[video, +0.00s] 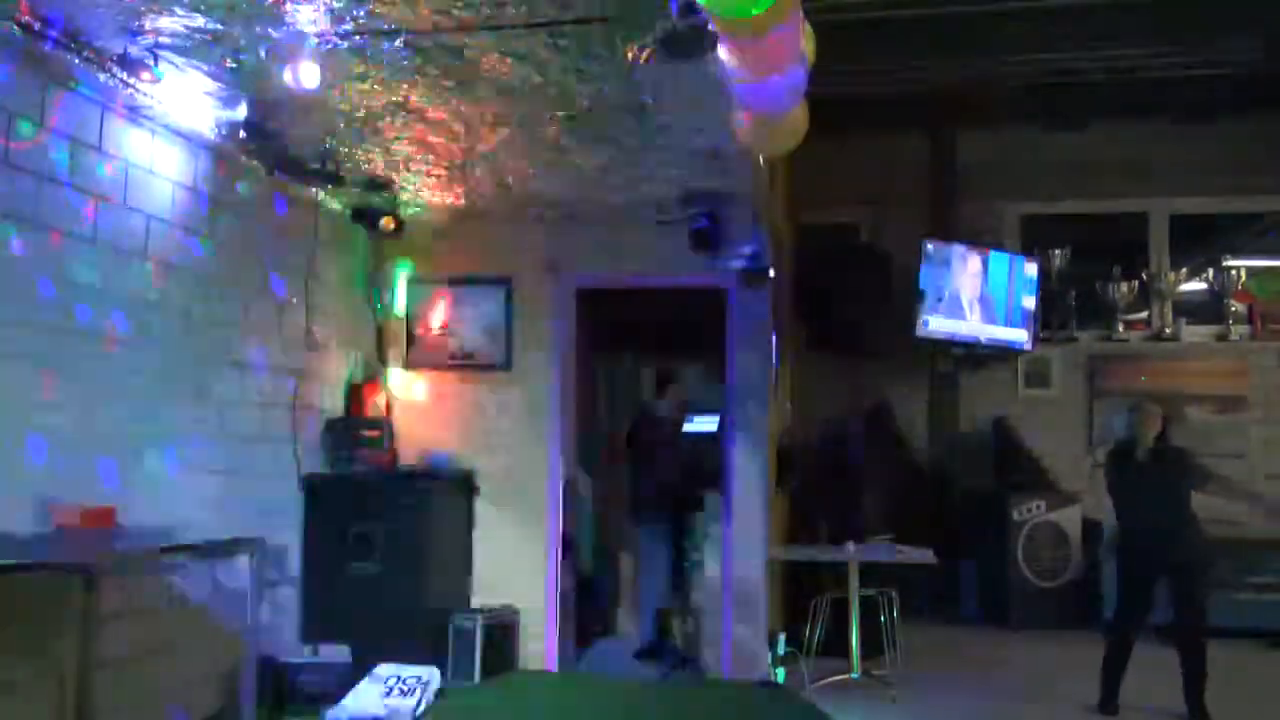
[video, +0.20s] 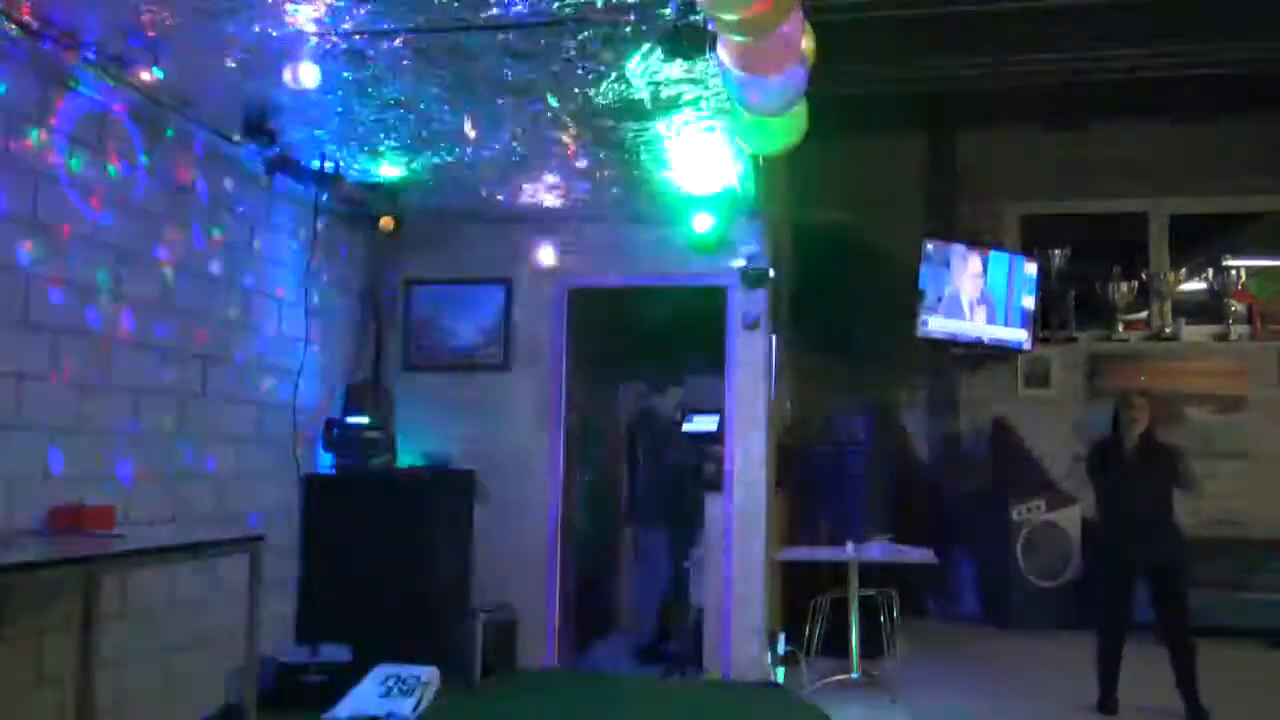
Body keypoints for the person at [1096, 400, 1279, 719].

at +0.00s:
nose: (1147, 424)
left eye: (1153, 419)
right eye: (1141, 417)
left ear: (1162, 424)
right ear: (1131, 422)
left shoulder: (1175, 458)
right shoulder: (1118, 457)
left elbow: (1212, 483)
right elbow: (1120, 493)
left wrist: (1258, 500)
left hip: (1182, 552)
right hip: (1137, 553)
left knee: (1191, 628)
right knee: (1125, 624)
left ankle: (1196, 704)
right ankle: (1108, 698)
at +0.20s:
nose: (1133, 415)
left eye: (1139, 409)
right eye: (1128, 409)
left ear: (1149, 415)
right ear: (1117, 414)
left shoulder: (1165, 454)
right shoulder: (1101, 453)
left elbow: (1190, 486)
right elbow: (1098, 493)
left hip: (1160, 548)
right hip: (1116, 549)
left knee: (1176, 626)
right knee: (1112, 624)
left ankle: (1192, 703)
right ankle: (1107, 697)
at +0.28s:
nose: (1131, 416)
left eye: (1137, 410)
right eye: (1124, 410)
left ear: (1146, 415)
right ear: (1112, 415)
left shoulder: (1156, 450)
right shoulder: (1096, 451)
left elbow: (1159, 493)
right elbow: (1099, 487)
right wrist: (1121, 447)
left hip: (1152, 545)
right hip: (1109, 548)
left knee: (1172, 626)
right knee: (1108, 625)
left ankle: (1190, 701)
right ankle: (1107, 697)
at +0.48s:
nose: (1125, 415)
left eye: (1130, 409)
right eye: (1118, 409)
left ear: (1138, 416)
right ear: (1105, 414)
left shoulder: (1138, 454)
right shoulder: (1087, 449)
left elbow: (1142, 508)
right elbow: (1086, 498)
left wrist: (1148, 544)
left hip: (1138, 547)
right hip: (1098, 548)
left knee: (1164, 620)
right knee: (1102, 625)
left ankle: (1184, 698)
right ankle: (1106, 697)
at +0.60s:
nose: (1121, 421)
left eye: (1127, 414)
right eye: (1115, 414)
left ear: (1135, 419)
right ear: (1103, 418)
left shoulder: (1142, 455)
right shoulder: (1085, 452)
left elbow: (1149, 496)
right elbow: (1081, 500)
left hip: (1134, 548)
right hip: (1093, 549)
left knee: (1153, 622)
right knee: (1099, 627)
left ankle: (1172, 693)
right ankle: (1106, 698)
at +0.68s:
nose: (1116, 422)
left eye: (1119, 417)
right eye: (1109, 417)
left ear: (1125, 423)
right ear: (1098, 423)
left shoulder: (1131, 453)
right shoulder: (1085, 453)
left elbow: (1150, 475)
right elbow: (1093, 496)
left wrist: (1128, 450)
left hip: (1131, 547)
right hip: (1093, 549)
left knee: (1151, 619)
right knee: (1098, 625)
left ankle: (1163, 689)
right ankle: (1106, 697)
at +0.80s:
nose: (1116, 424)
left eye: (1122, 418)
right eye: (1110, 417)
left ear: (1131, 424)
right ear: (1100, 424)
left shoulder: (1140, 462)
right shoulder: (1085, 459)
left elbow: (1155, 504)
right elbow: (1078, 506)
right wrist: (1071, 554)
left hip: (1132, 552)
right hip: (1092, 553)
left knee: (1152, 622)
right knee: (1098, 628)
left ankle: (1161, 695)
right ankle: (1106, 698)